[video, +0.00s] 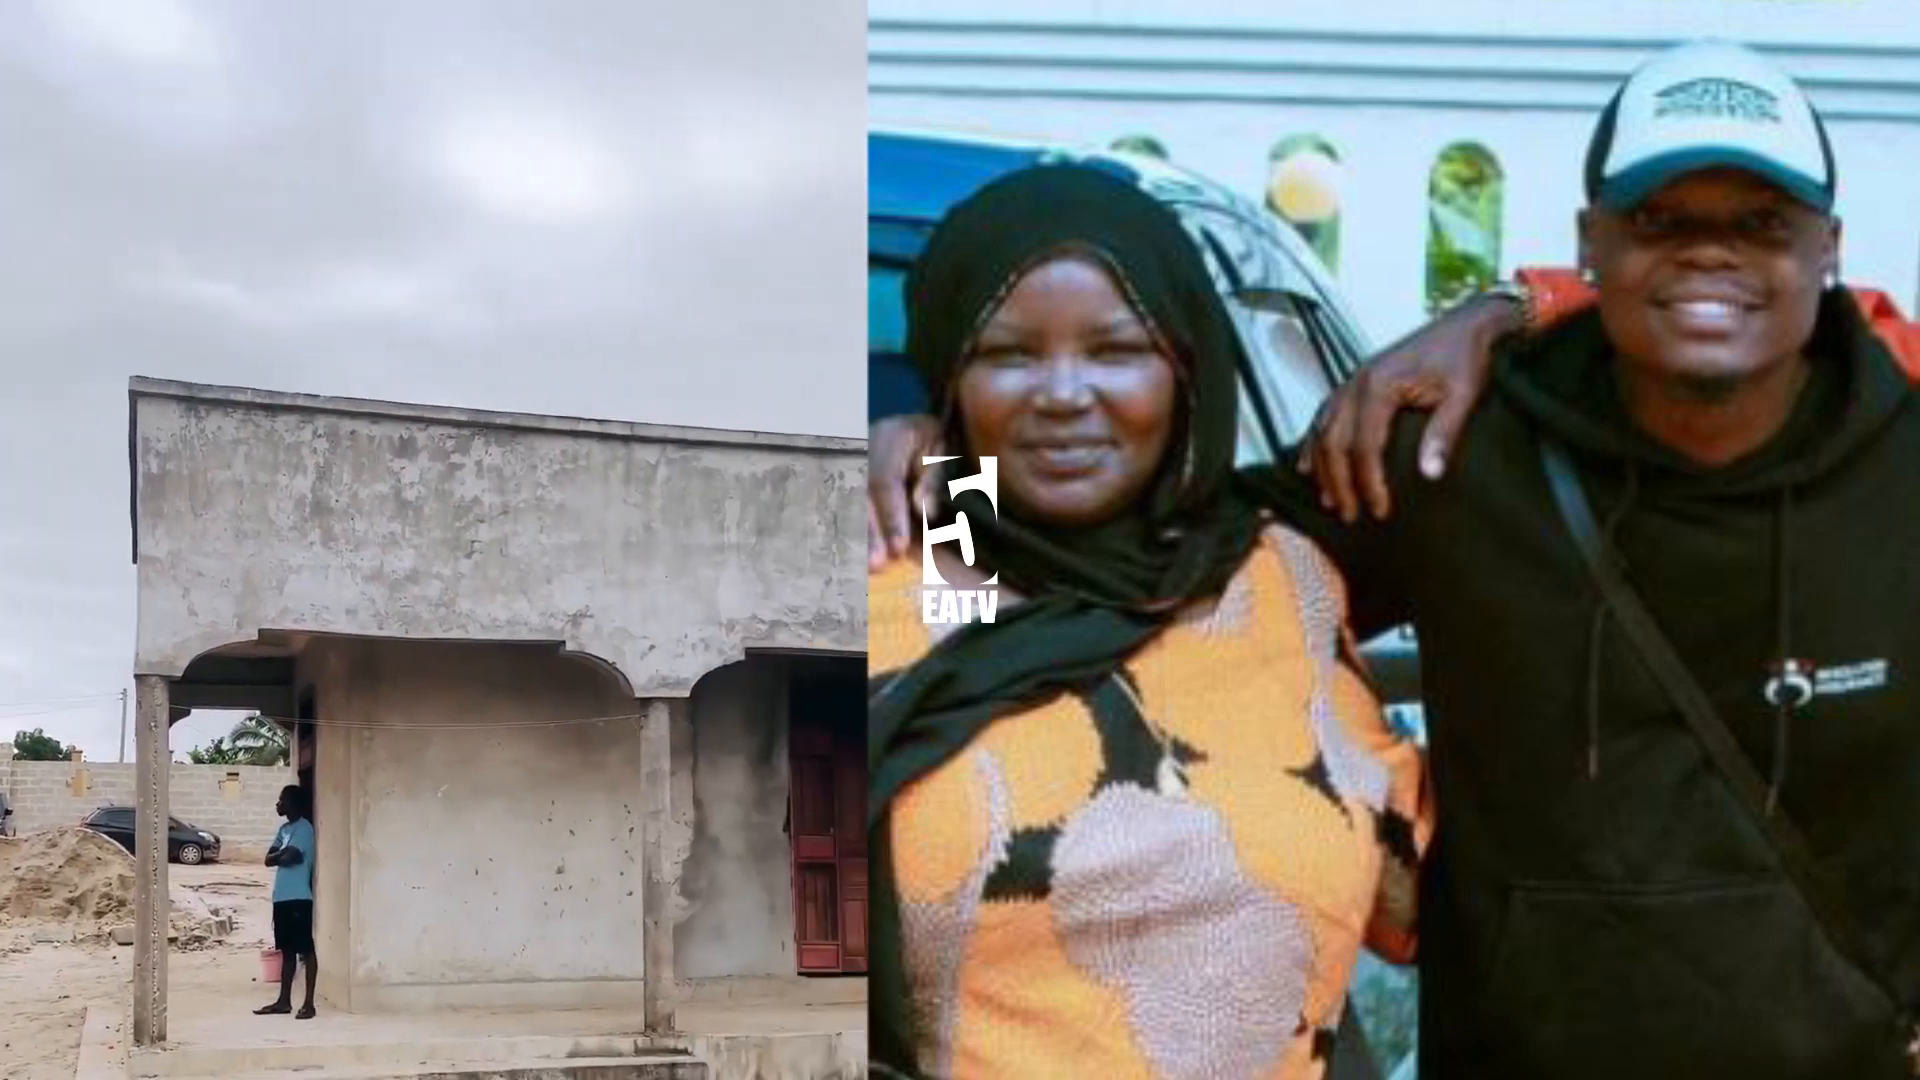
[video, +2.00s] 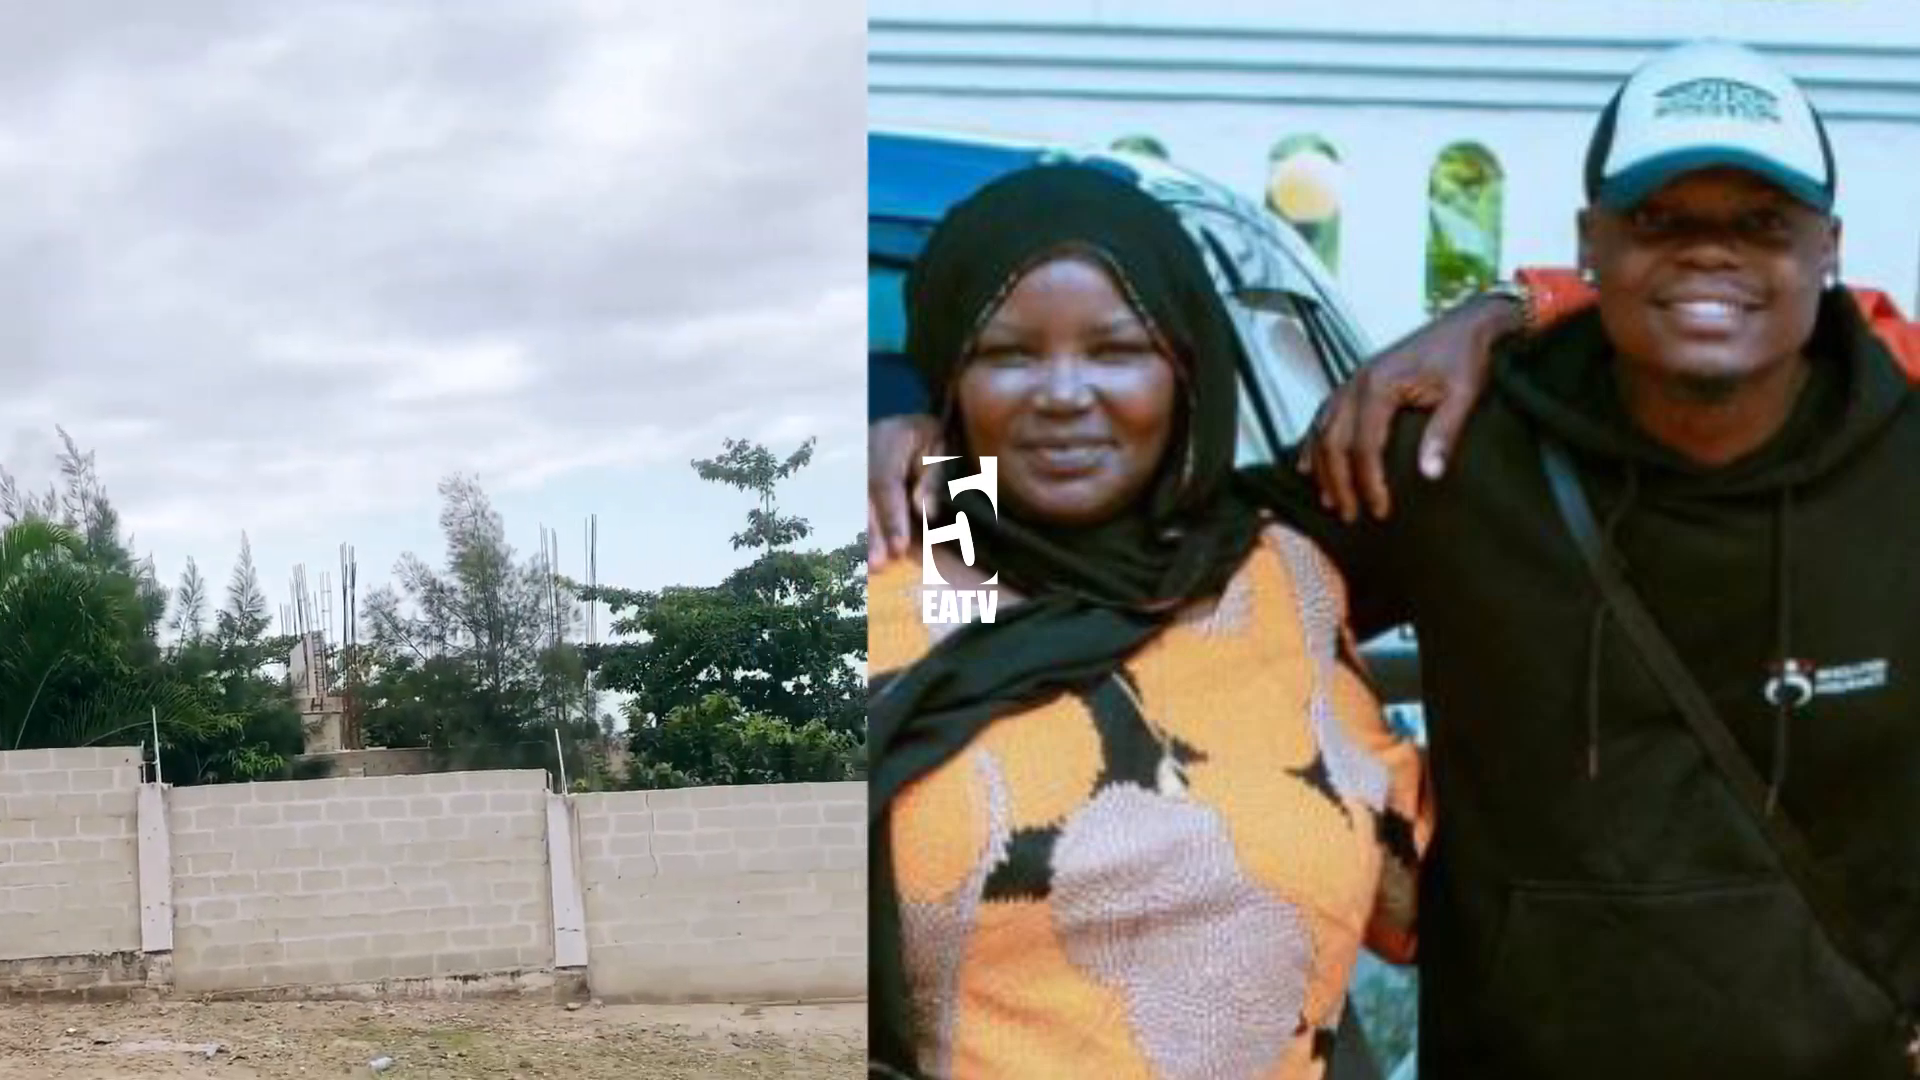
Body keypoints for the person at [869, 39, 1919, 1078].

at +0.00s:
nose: (1707, 251)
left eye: (1757, 219)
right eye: (1664, 215)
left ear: (1825, 250)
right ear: (1595, 242)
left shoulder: (1899, 445)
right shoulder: (1464, 448)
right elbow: (1178, 558)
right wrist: (967, 464)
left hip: (1849, 1038)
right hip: (1537, 1044)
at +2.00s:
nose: (1707, 250)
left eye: (1757, 218)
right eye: (1664, 214)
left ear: (1826, 250)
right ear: (1595, 241)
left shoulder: (1898, 443)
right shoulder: (1464, 449)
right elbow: (1171, 556)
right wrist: (955, 448)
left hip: (1848, 1037)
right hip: (1536, 1044)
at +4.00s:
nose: (1707, 252)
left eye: (1757, 219)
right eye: (1664, 215)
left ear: (1826, 250)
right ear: (1594, 242)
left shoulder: (1898, 446)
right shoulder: (1463, 449)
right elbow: (1170, 557)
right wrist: (952, 452)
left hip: (1848, 1038)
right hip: (1535, 1044)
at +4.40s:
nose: (1706, 251)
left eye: (1757, 219)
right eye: (1664, 215)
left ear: (1825, 250)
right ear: (1594, 241)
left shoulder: (1898, 446)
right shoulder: (1462, 449)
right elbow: (1174, 561)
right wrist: (960, 465)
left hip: (1849, 1039)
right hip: (1536, 1045)